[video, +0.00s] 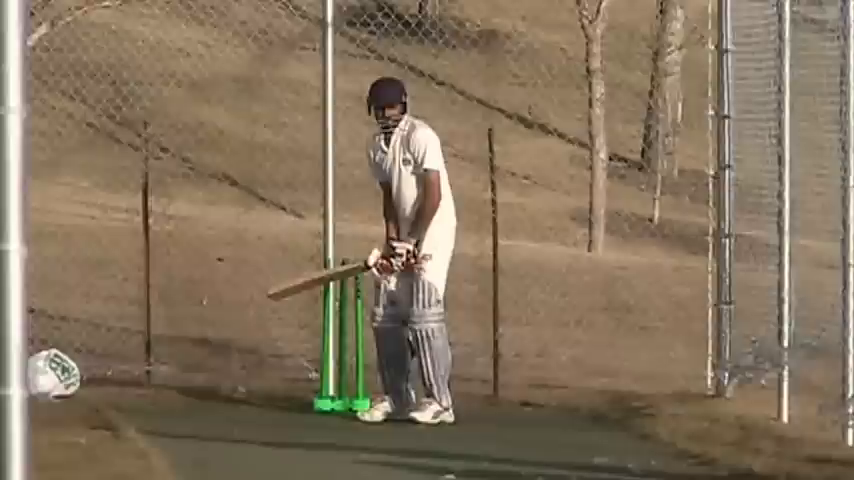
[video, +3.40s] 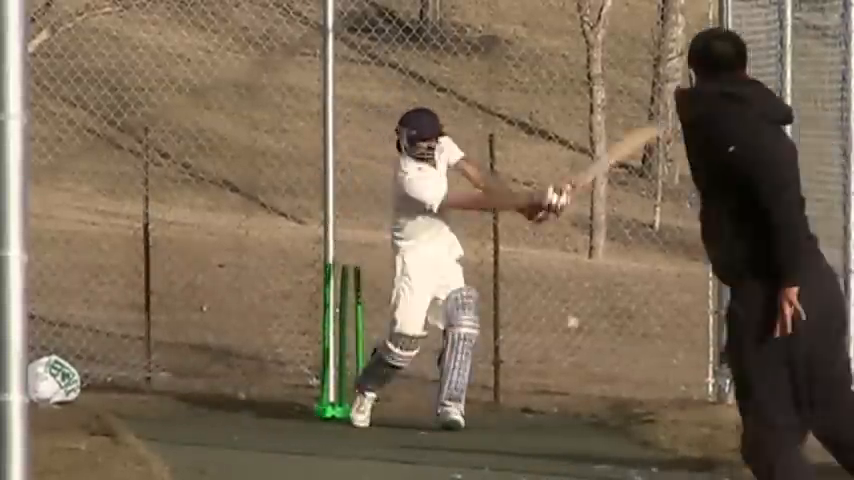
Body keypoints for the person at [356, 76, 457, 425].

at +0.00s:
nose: (388, 115)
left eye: (394, 108)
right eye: (381, 109)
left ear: (405, 106)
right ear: (372, 111)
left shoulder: (421, 136)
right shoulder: (377, 146)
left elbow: (433, 194)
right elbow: (388, 198)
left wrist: (416, 241)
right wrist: (391, 243)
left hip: (432, 236)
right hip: (402, 238)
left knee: (423, 314)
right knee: (386, 314)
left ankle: (438, 401)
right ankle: (398, 397)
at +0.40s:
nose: (365, 152)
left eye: (366, 145)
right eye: (361, 147)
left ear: (378, 130)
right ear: (361, 139)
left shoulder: (407, 143)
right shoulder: (373, 155)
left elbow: (422, 200)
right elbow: (395, 206)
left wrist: (408, 247)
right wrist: (390, 251)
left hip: (437, 235)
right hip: (409, 239)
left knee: (426, 320)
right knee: (393, 320)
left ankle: (439, 405)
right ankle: (398, 401)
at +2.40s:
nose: (381, 129)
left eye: (388, 123)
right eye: (374, 122)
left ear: (399, 123)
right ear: (365, 123)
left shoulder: (411, 152)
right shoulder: (363, 160)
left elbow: (437, 204)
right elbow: (379, 205)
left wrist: (416, 249)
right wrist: (394, 247)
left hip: (432, 241)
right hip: (400, 244)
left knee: (418, 318)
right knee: (376, 320)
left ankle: (438, 407)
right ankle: (397, 403)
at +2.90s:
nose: (377, 146)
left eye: (384, 139)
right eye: (370, 140)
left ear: (395, 139)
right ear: (361, 142)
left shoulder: (406, 173)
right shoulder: (369, 172)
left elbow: (404, 238)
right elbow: (382, 212)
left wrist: (374, 260)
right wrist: (366, 243)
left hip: (431, 257)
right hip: (397, 258)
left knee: (411, 327)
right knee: (369, 330)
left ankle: (439, 406)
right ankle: (397, 405)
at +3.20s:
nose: (410, 149)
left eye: (416, 142)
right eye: (402, 144)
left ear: (425, 142)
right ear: (392, 146)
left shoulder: (443, 168)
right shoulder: (384, 182)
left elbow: (434, 221)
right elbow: (390, 237)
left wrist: (391, 254)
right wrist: (372, 258)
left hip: (439, 271)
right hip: (397, 271)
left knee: (449, 324)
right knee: (360, 331)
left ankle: (445, 407)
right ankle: (381, 394)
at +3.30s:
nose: (416, 148)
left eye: (422, 141)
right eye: (408, 142)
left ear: (431, 138)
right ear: (396, 142)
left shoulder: (441, 147)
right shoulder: (402, 178)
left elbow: (463, 176)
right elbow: (431, 225)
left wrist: (480, 218)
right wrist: (467, 241)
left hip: (448, 256)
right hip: (409, 259)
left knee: (461, 322)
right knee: (390, 329)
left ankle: (450, 401)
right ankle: (362, 394)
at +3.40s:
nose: (428, 150)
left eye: (434, 142)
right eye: (420, 144)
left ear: (439, 139)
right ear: (404, 143)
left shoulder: (442, 147)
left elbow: (483, 180)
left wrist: (526, 205)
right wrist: (533, 199)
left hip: (444, 252)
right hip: (413, 258)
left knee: (462, 324)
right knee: (404, 345)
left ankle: (450, 406)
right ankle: (365, 392)